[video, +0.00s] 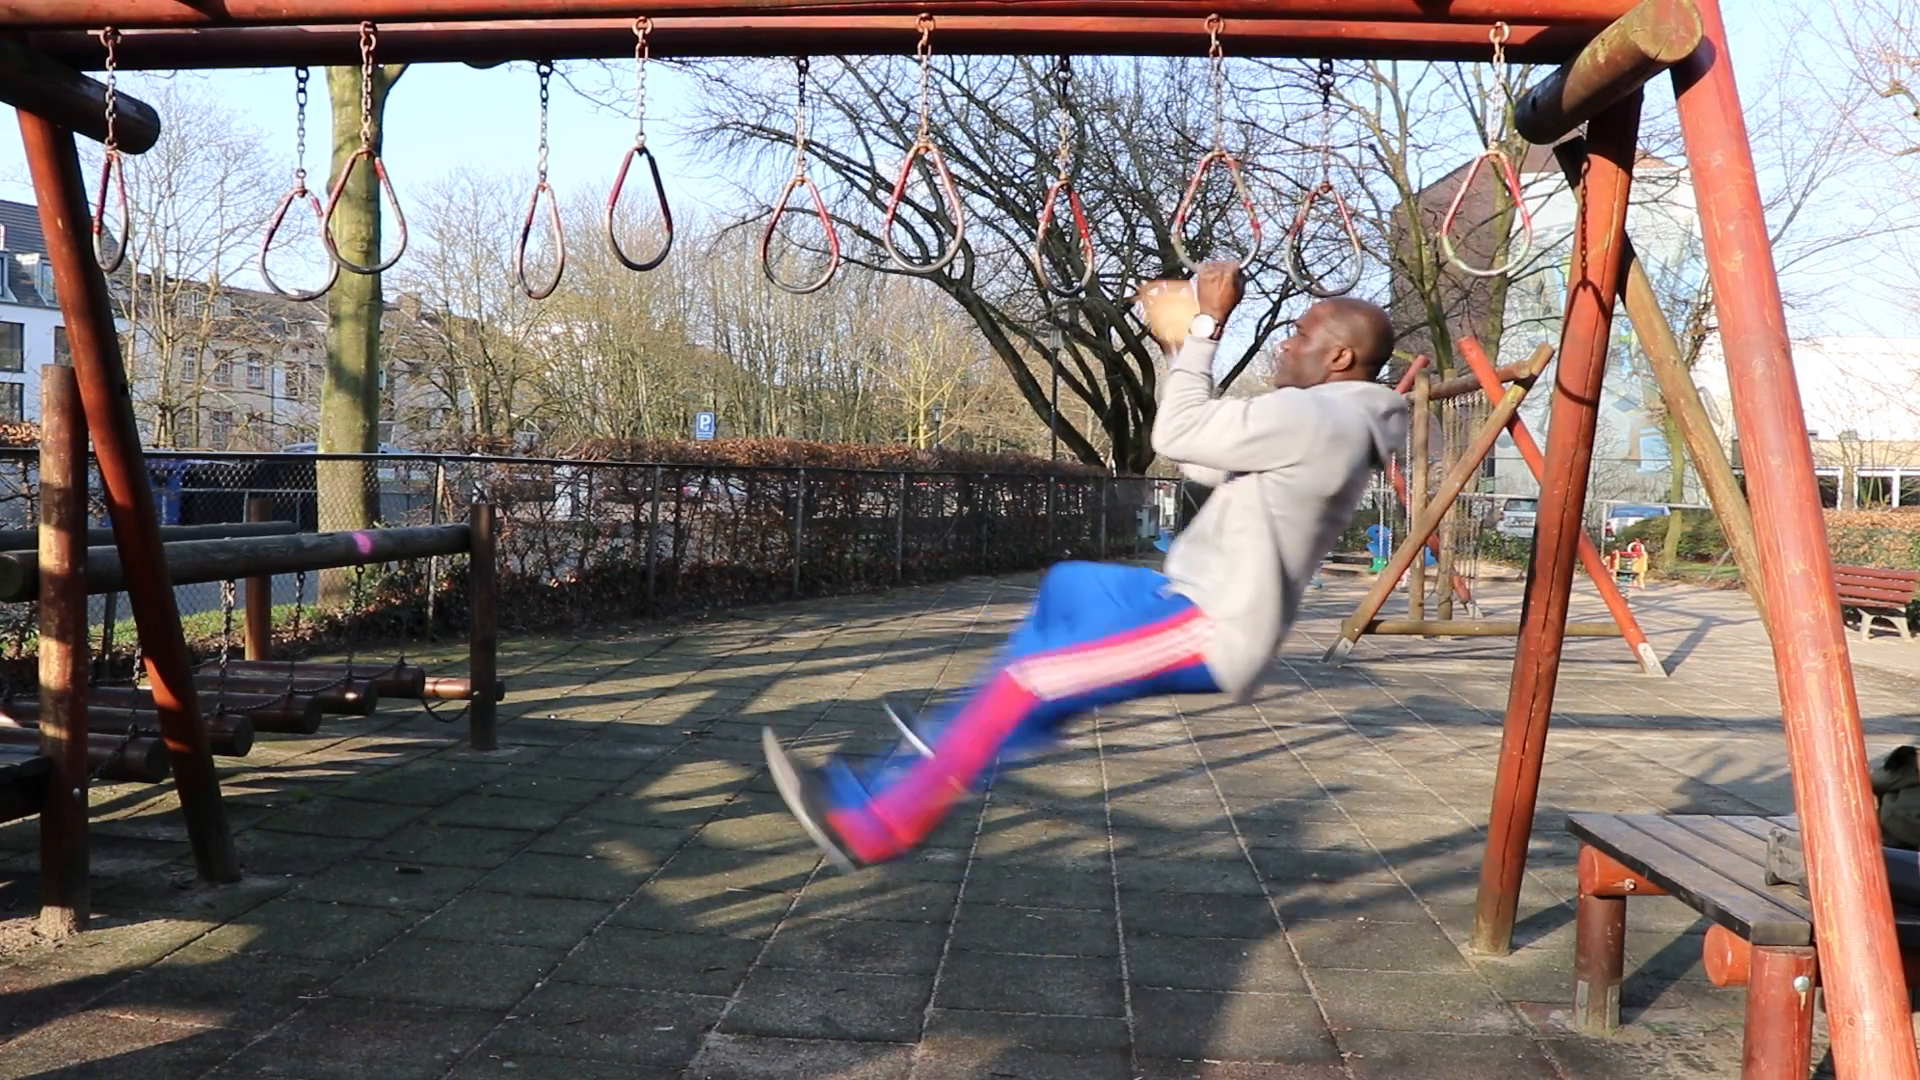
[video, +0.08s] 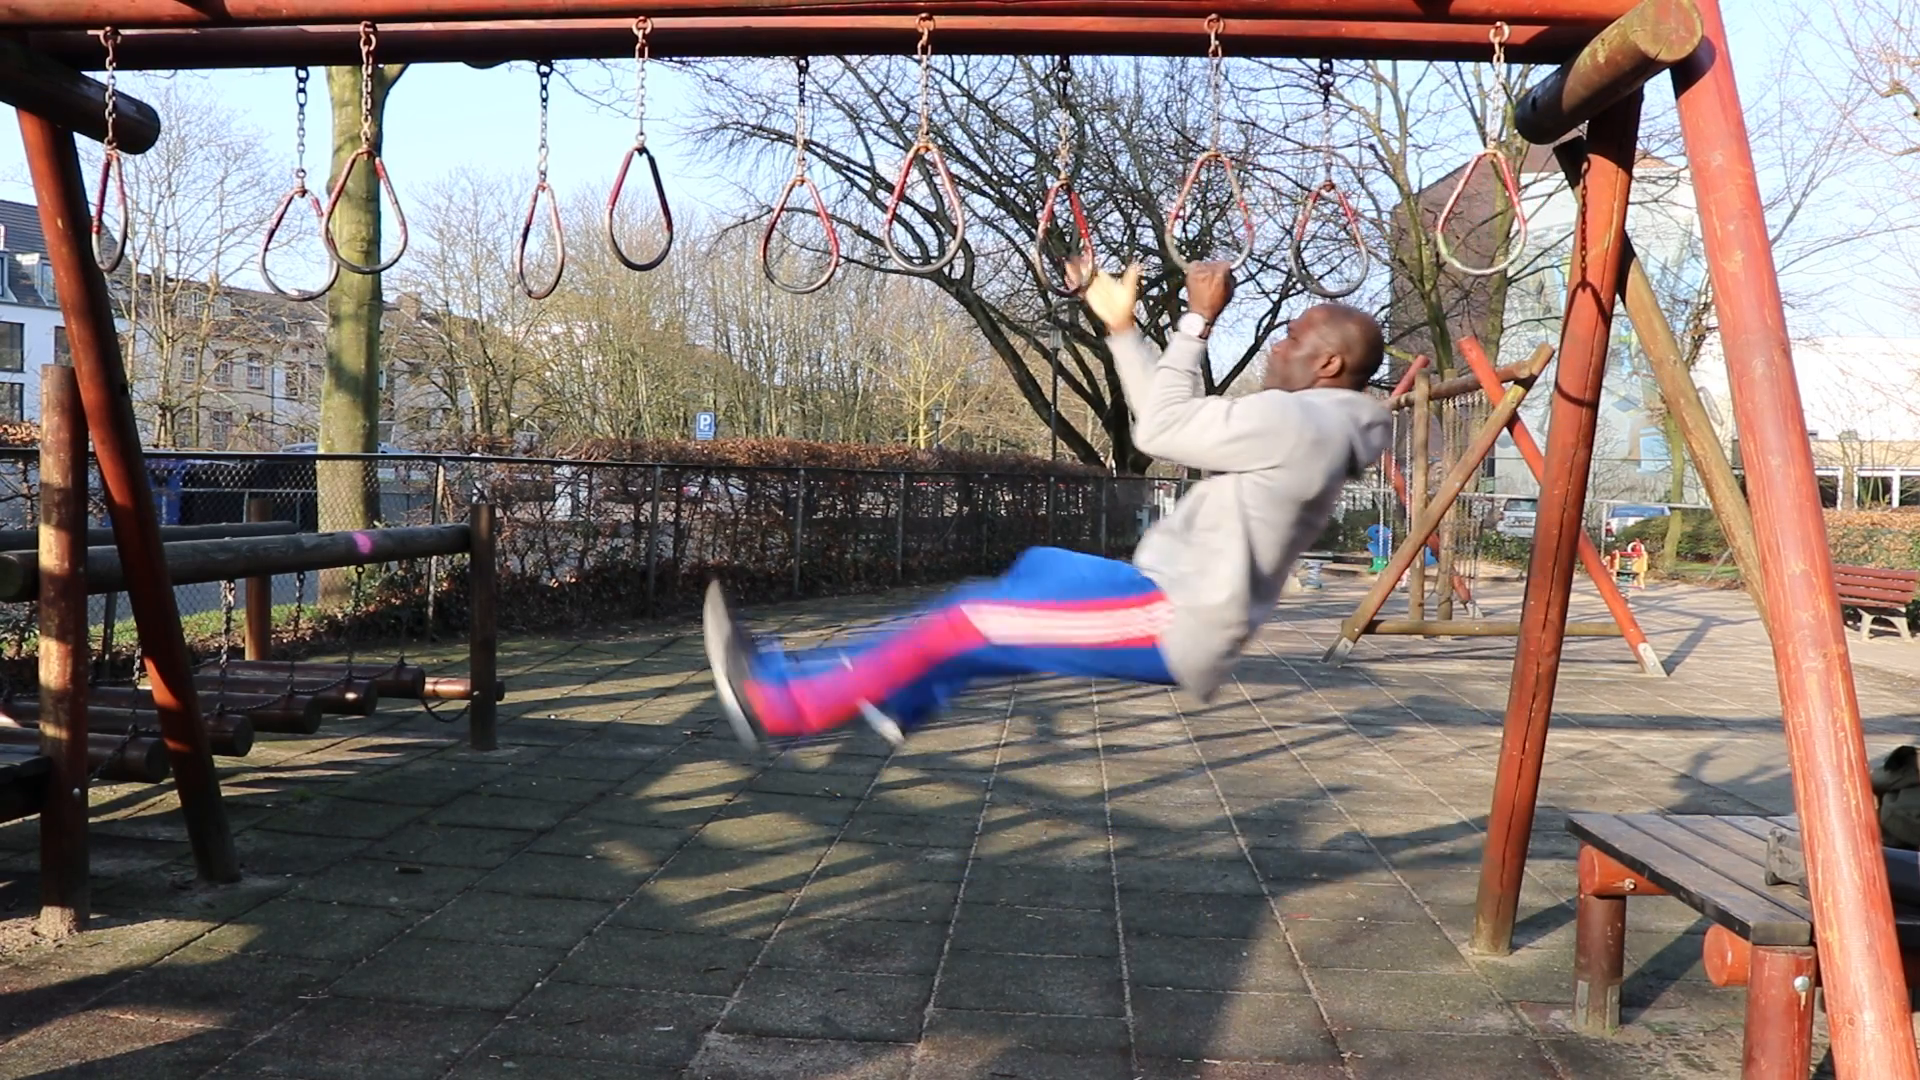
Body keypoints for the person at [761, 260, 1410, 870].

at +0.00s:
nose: (1285, 347)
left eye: (1300, 338)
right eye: (1294, 334)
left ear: (1333, 359)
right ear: (1351, 365)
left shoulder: (1319, 418)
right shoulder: (1326, 418)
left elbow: (1180, 434)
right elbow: (1201, 440)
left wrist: (1206, 326)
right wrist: (1190, 344)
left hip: (1218, 624)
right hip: (1207, 605)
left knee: (1029, 676)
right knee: (1068, 588)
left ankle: (878, 822)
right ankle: (948, 748)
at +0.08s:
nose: (1279, 341)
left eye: (1294, 335)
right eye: (1289, 331)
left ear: (1327, 365)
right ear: (1332, 367)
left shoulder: (1297, 423)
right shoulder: (1309, 422)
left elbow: (1161, 428)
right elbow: (1191, 421)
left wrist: (1123, 326)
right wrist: (1203, 322)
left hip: (1175, 620)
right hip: (1179, 598)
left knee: (972, 618)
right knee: (1036, 564)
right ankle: (903, 710)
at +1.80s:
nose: (1311, 334)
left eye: (1327, 323)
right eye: (1315, 321)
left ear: (1375, 341)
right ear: (1361, 340)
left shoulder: (1387, 397)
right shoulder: (1341, 393)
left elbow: (1258, 434)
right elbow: (1222, 414)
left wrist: (1257, 321)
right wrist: (1150, 331)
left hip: (1319, 608)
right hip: (1293, 596)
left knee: (1125, 616)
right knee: (1128, 621)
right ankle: (1030, 784)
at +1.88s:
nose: (1288, 347)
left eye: (1306, 335)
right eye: (1291, 334)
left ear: (1352, 357)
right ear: (1336, 357)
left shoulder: (1366, 410)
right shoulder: (1321, 409)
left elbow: (1235, 433)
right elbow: (1189, 421)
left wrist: (1241, 324)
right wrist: (1130, 332)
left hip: (1296, 625)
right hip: (1265, 609)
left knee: (1108, 647)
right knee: (1104, 640)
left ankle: (999, 826)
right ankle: (1004, 813)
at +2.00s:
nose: (1246, 371)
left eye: (1263, 362)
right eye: (1251, 359)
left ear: (1307, 380)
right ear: (1255, 365)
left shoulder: (1317, 434)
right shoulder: (1259, 423)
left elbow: (1185, 431)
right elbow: (1137, 436)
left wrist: (1217, 323)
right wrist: (1101, 339)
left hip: (1253, 649)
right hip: (1211, 626)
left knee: (1068, 695)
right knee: (1056, 666)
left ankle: (980, 866)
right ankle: (984, 853)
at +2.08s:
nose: (1215, 369)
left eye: (1234, 359)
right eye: (1220, 358)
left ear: (1275, 383)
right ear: (1247, 379)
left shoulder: (1282, 443)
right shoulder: (1229, 432)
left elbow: (1161, 431)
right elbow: (1108, 445)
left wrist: (1196, 321)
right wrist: (1097, 338)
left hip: (1217, 658)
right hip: (1178, 635)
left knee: (1035, 693)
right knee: (1026, 675)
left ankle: (932, 857)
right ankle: (969, 850)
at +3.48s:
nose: (831, 337)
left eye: (845, 328)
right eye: (840, 327)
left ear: (883, 351)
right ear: (890, 361)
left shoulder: (850, 403)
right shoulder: (876, 420)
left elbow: (705, 391)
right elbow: (741, 432)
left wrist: (662, 295)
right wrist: (762, 331)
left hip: (733, 608)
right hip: (757, 614)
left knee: (556, 517)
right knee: (590, 580)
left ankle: (356, 563)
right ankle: (475, 668)